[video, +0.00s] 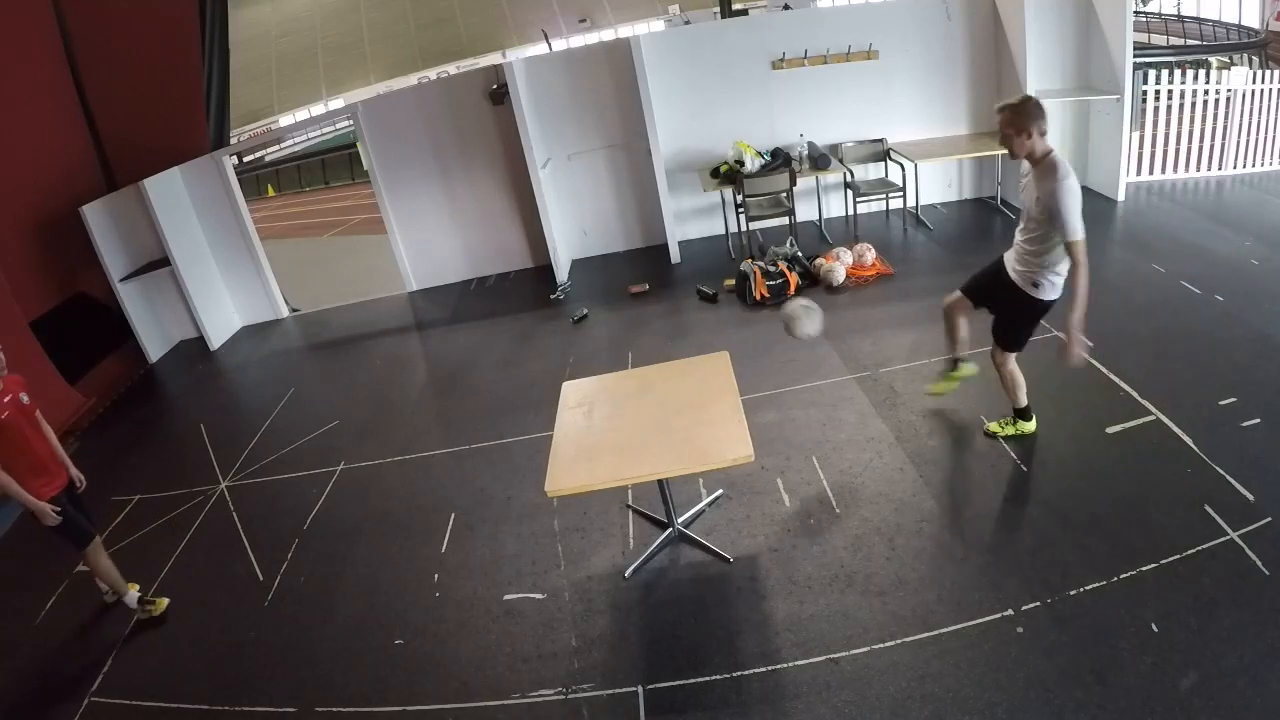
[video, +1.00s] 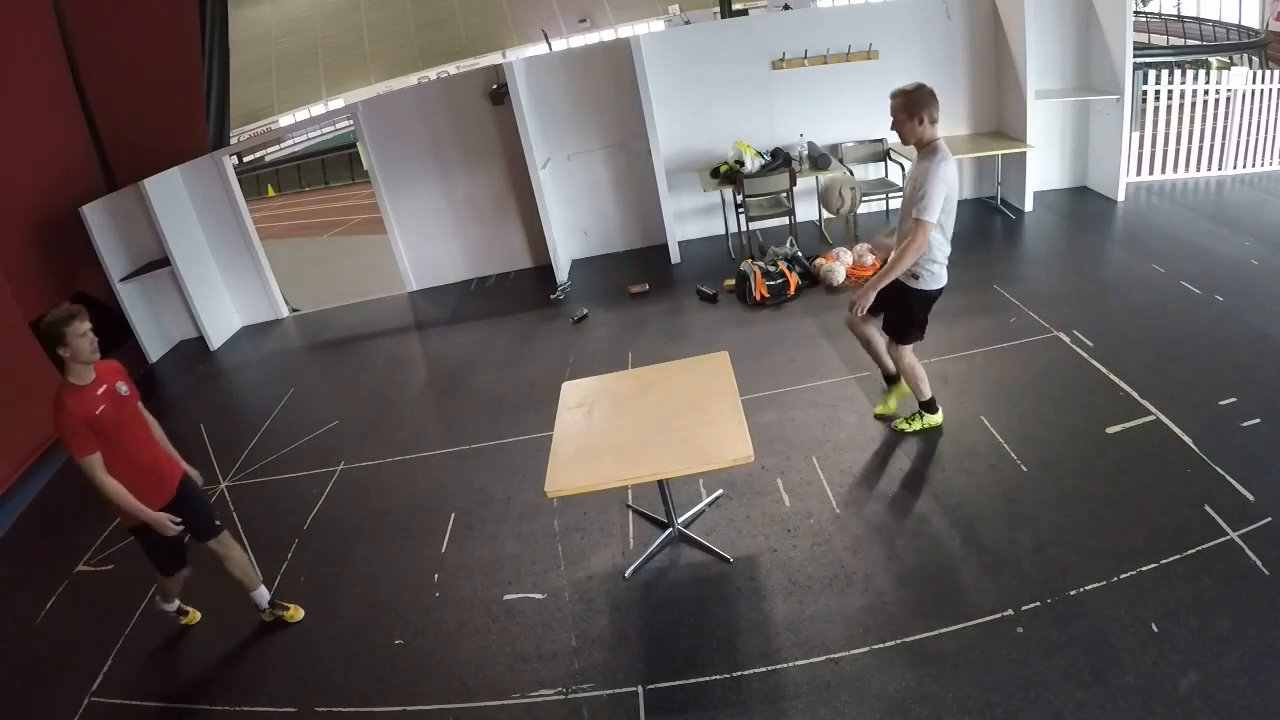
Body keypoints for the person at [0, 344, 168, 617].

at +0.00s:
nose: (3, 359)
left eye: (1, 352)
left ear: (4, 356)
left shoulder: (14, 383)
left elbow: (43, 426)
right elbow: (1, 475)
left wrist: (69, 465)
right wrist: (32, 504)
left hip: (61, 476)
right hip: (41, 495)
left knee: (90, 535)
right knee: (90, 541)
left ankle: (107, 586)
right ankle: (134, 600)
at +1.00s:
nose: (94, 338)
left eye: (91, 331)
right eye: (84, 335)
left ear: (88, 335)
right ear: (63, 350)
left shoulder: (112, 370)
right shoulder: (70, 411)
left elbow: (147, 420)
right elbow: (99, 478)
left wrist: (182, 464)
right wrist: (149, 516)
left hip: (175, 480)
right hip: (145, 509)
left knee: (222, 539)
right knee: (175, 570)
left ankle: (267, 604)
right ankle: (168, 604)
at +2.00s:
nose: (206, 308)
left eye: (202, 300)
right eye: (196, 304)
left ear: (176, 318)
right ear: (170, 321)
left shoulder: (203, 347)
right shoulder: (176, 385)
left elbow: (244, 412)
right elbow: (214, 475)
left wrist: (284, 452)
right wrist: (283, 513)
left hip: (276, 477)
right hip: (254, 507)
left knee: (312, 541)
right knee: (305, 574)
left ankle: (335, 606)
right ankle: (342, 642)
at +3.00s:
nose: (271, 324)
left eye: (272, 315)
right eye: (266, 315)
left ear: (238, 311)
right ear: (236, 312)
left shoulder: (245, 345)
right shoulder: (215, 369)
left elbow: (257, 424)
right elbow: (224, 465)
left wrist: (284, 474)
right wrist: (267, 523)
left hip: (289, 483)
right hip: (272, 507)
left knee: (328, 557)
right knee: (329, 569)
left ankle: (347, 624)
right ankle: (364, 643)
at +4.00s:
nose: (265, 297)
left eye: (263, 289)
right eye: (257, 292)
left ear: (237, 298)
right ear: (229, 301)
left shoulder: (245, 336)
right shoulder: (222, 362)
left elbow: (268, 405)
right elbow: (245, 453)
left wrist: (310, 450)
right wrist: (306, 495)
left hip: (301, 453)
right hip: (291, 469)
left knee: (350, 524)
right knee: (388, 436)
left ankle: (367, 614)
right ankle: (475, 497)